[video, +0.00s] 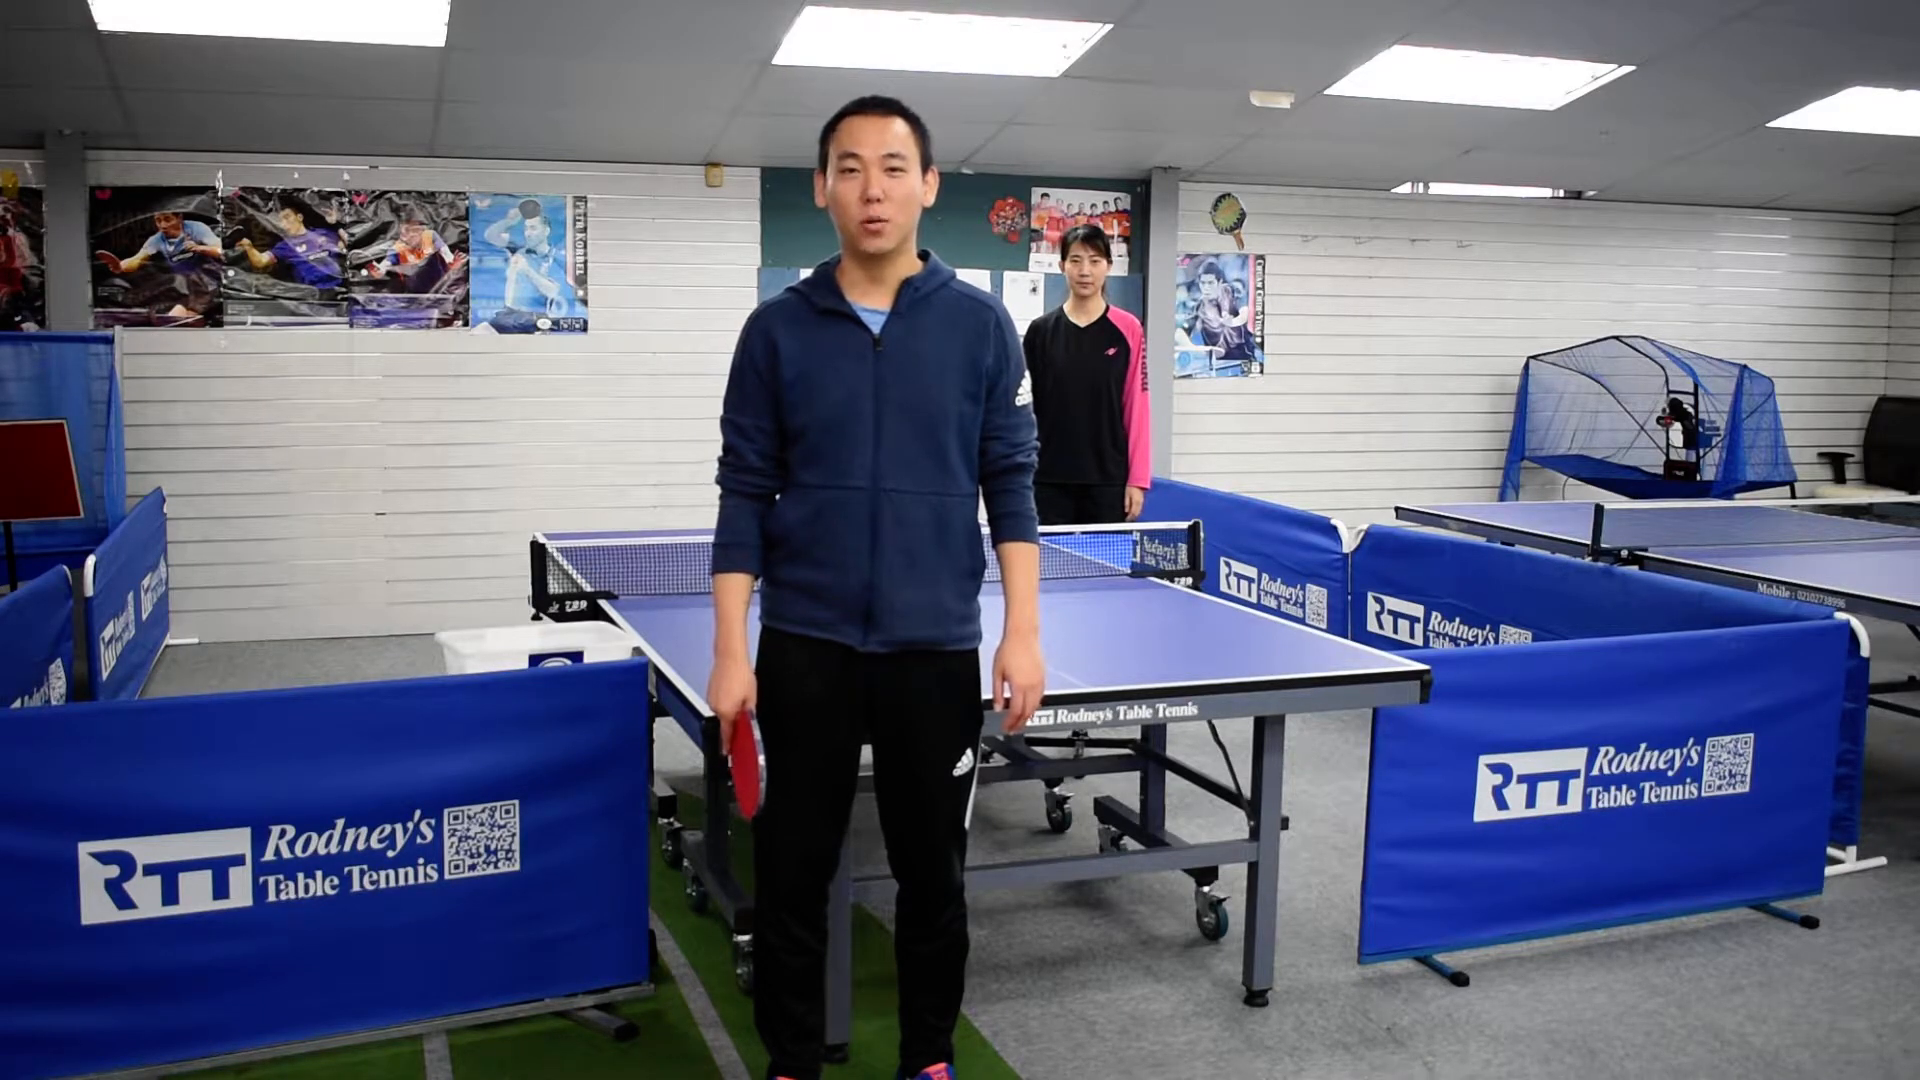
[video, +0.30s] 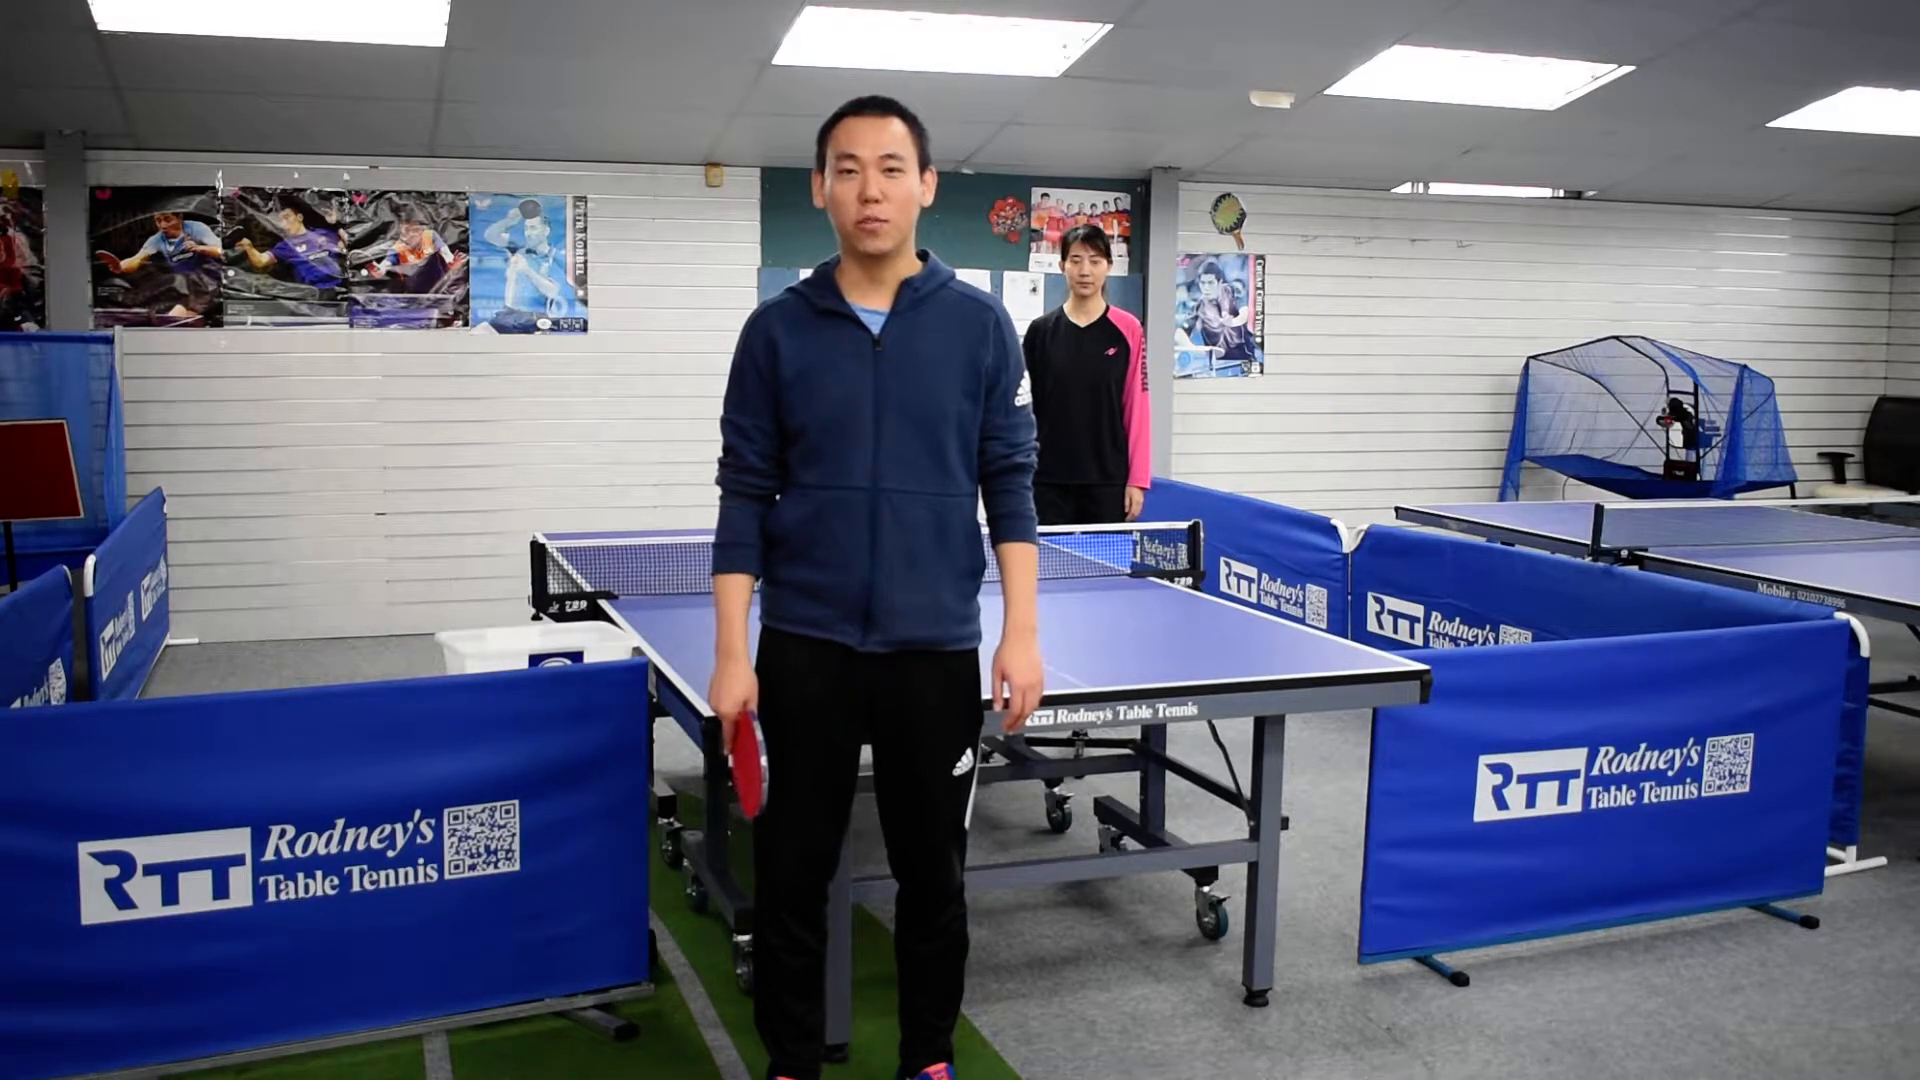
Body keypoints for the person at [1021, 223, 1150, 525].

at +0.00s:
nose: (1085, 271)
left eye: (1095, 262)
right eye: (1075, 261)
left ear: (1108, 267)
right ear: (1063, 266)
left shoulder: (1128, 329)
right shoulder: (1040, 331)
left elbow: (1136, 407)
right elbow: (1023, 405)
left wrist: (1138, 479)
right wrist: (1021, 476)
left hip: (1107, 482)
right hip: (1049, 480)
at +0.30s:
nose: (1085, 270)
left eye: (1095, 262)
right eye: (1076, 261)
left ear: (1108, 268)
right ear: (1063, 267)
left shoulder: (1128, 330)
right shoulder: (1040, 331)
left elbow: (1136, 407)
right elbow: (1023, 405)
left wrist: (1138, 478)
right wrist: (1020, 476)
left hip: (1107, 482)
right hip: (1049, 480)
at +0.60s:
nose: (1085, 271)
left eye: (1095, 262)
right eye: (1076, 261)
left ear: (1108, 268)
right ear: (1063, 267)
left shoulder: (1128, 330)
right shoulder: (1040, 331)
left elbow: (1136, 407)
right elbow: (1023, 405)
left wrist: (1138, 478)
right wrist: (1020, 476)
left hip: (1107, 482)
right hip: (1048, 480)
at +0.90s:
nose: (1085, 271)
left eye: (1095, 262)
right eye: (1076, 261)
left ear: (1108, 268)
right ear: (1063, 266)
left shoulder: (1128, 329)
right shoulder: (1040, 331)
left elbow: (1137, 407)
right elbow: (1024, 404)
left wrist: (1138, 478)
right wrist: (1021, 476)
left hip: (1107, 481)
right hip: (1050, 480)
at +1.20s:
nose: (1085, 271)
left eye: (1095, 262)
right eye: (1076, 261)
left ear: (1109, 268)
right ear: (1063, 267)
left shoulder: (1128, 329)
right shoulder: (1040, 331)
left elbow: (1137, 407)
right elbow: (1024, 405)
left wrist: (1138, 478)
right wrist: (1021, 476)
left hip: (1107, 481)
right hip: (1050, 479)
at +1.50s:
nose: (1086, 271)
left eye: (1096, 262)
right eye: (1076, 261)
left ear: (1109, 268)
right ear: (1064, 266)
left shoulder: (1128, 329)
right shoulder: (1040, 331)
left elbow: (1137, 407)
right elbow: (1023, 405)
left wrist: (1138, 478)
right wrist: (1021, 477)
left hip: (1108, 481)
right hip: (1050, 480)